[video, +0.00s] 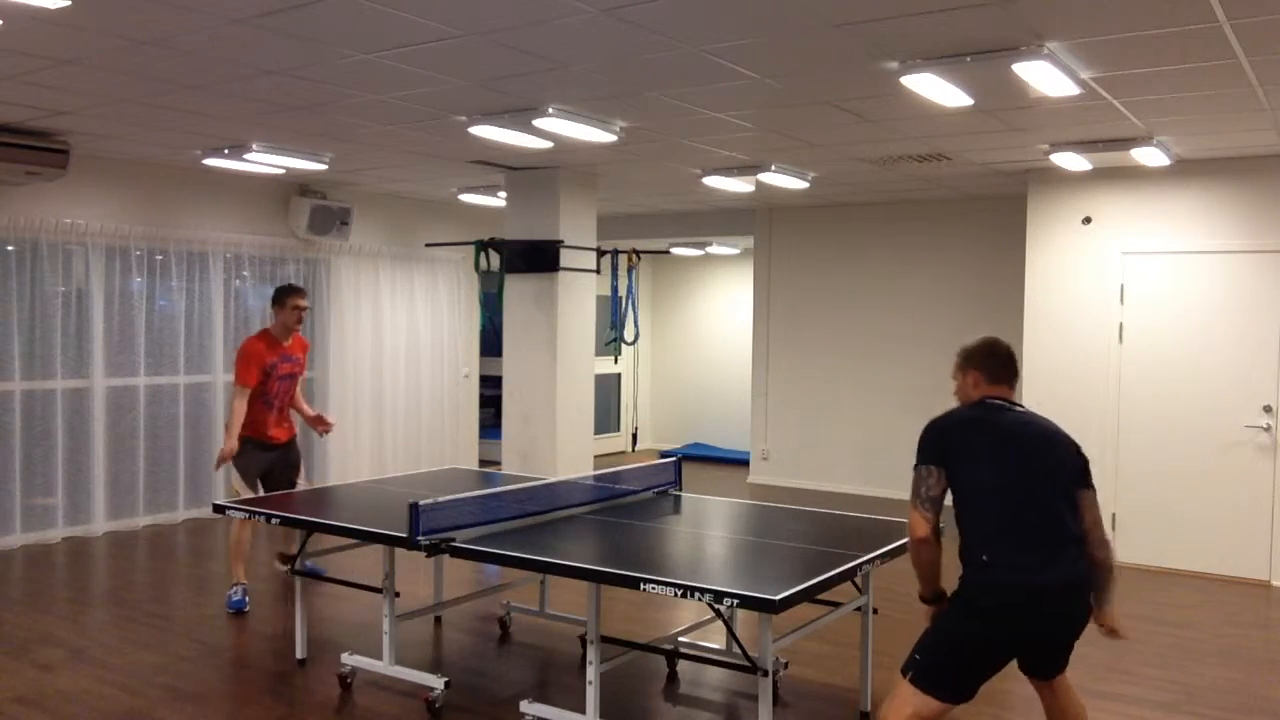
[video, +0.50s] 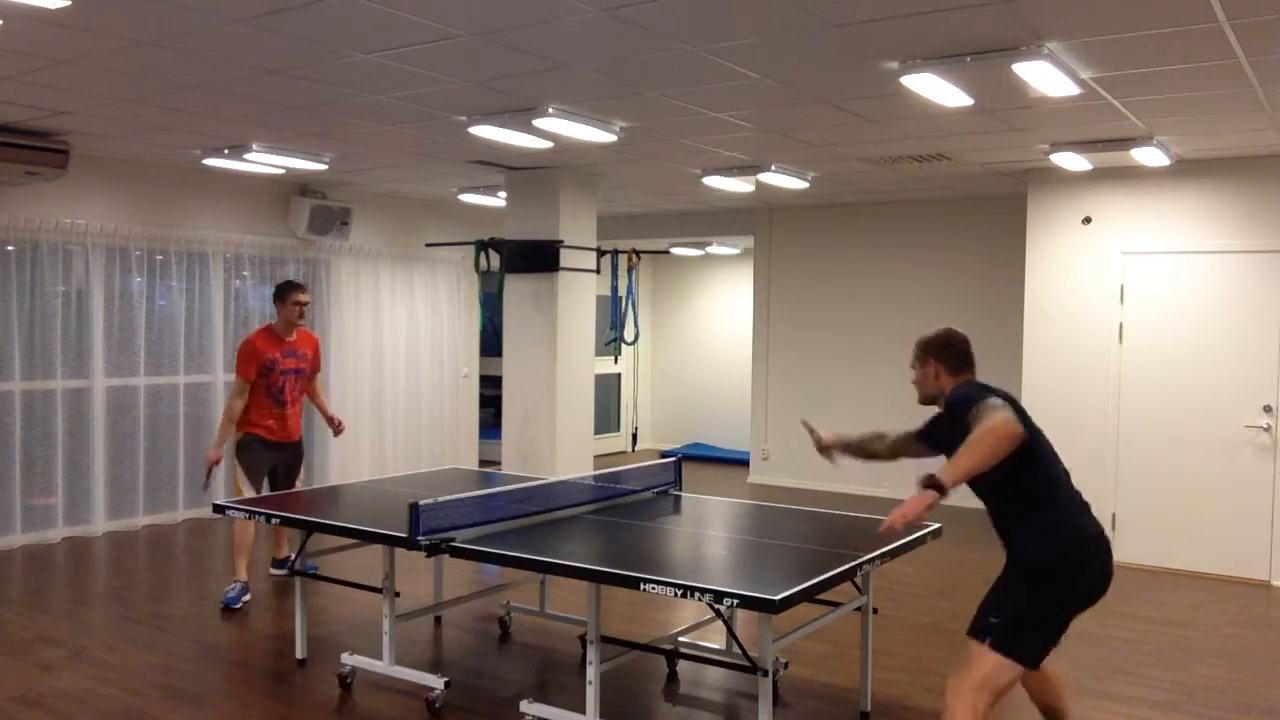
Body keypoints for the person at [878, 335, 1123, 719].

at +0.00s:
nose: (955, 391)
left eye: (957, 380)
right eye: (956, 380)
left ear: (973, 377)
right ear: (1012, 382)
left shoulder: (946, 430)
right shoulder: (1059, 440)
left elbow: (922, 533)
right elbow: (1096, 538)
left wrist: (933, 597)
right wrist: (1103, 604)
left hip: (993, 595)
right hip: (1068, 594)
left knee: (905, 708)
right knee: (1049, 674)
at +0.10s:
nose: (951, 388)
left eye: (953, 377)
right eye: (952, 377)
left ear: (968, 375)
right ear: (1007, 379)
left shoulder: (946, 427)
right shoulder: (1050, 432)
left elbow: (927, 533)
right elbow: (1072, 524)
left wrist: (926, 593)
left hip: (1003, 595)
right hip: (1076, 589)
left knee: (913, 709)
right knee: (1049, 674)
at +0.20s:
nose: (946, 391)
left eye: (947, 380)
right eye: (946, 381)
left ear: (960, 379)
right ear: (1000, 381)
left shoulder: (949, 428)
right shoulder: (1035, 429)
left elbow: (923, 522)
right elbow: (1050, 512)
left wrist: (897, 579)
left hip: (1019, 593)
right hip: (1087, 587)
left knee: (930, 708)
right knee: (1047, 672)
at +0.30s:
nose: (940, 394)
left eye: (940, 384)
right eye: (939, 384)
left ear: (955, 384)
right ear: (992, 382)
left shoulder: (959, 423)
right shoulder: (1019, 424)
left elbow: (920, 502)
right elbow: (1027, 518)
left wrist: (870, 550)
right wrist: (939, 521)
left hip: (1035, 589)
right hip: (1092, 581)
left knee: (958, 707)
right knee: (1047, 672)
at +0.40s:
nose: (928, 384)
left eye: (929, 374)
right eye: (927, 375)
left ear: (944, 373)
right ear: (976, 372)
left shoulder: (967, 405)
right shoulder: (998, 411)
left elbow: (980, 445)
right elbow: (958, 471)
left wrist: (899, 506)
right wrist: (889, 484)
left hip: (1048, 570)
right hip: (1088, 566)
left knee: (965, 699)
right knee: (1040, 662)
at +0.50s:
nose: (913, 378)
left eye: (916, 368)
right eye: (914, 369)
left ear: (935, 370)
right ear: (948, 368)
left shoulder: (974, 399)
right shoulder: (955, 419)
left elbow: (1005, 428)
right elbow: (896, 445)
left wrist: (935, 488)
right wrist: (835, 443)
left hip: (1056, 560)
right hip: (1070, 555)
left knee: (970, 690)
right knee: (1025, 660)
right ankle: (1061, 715)